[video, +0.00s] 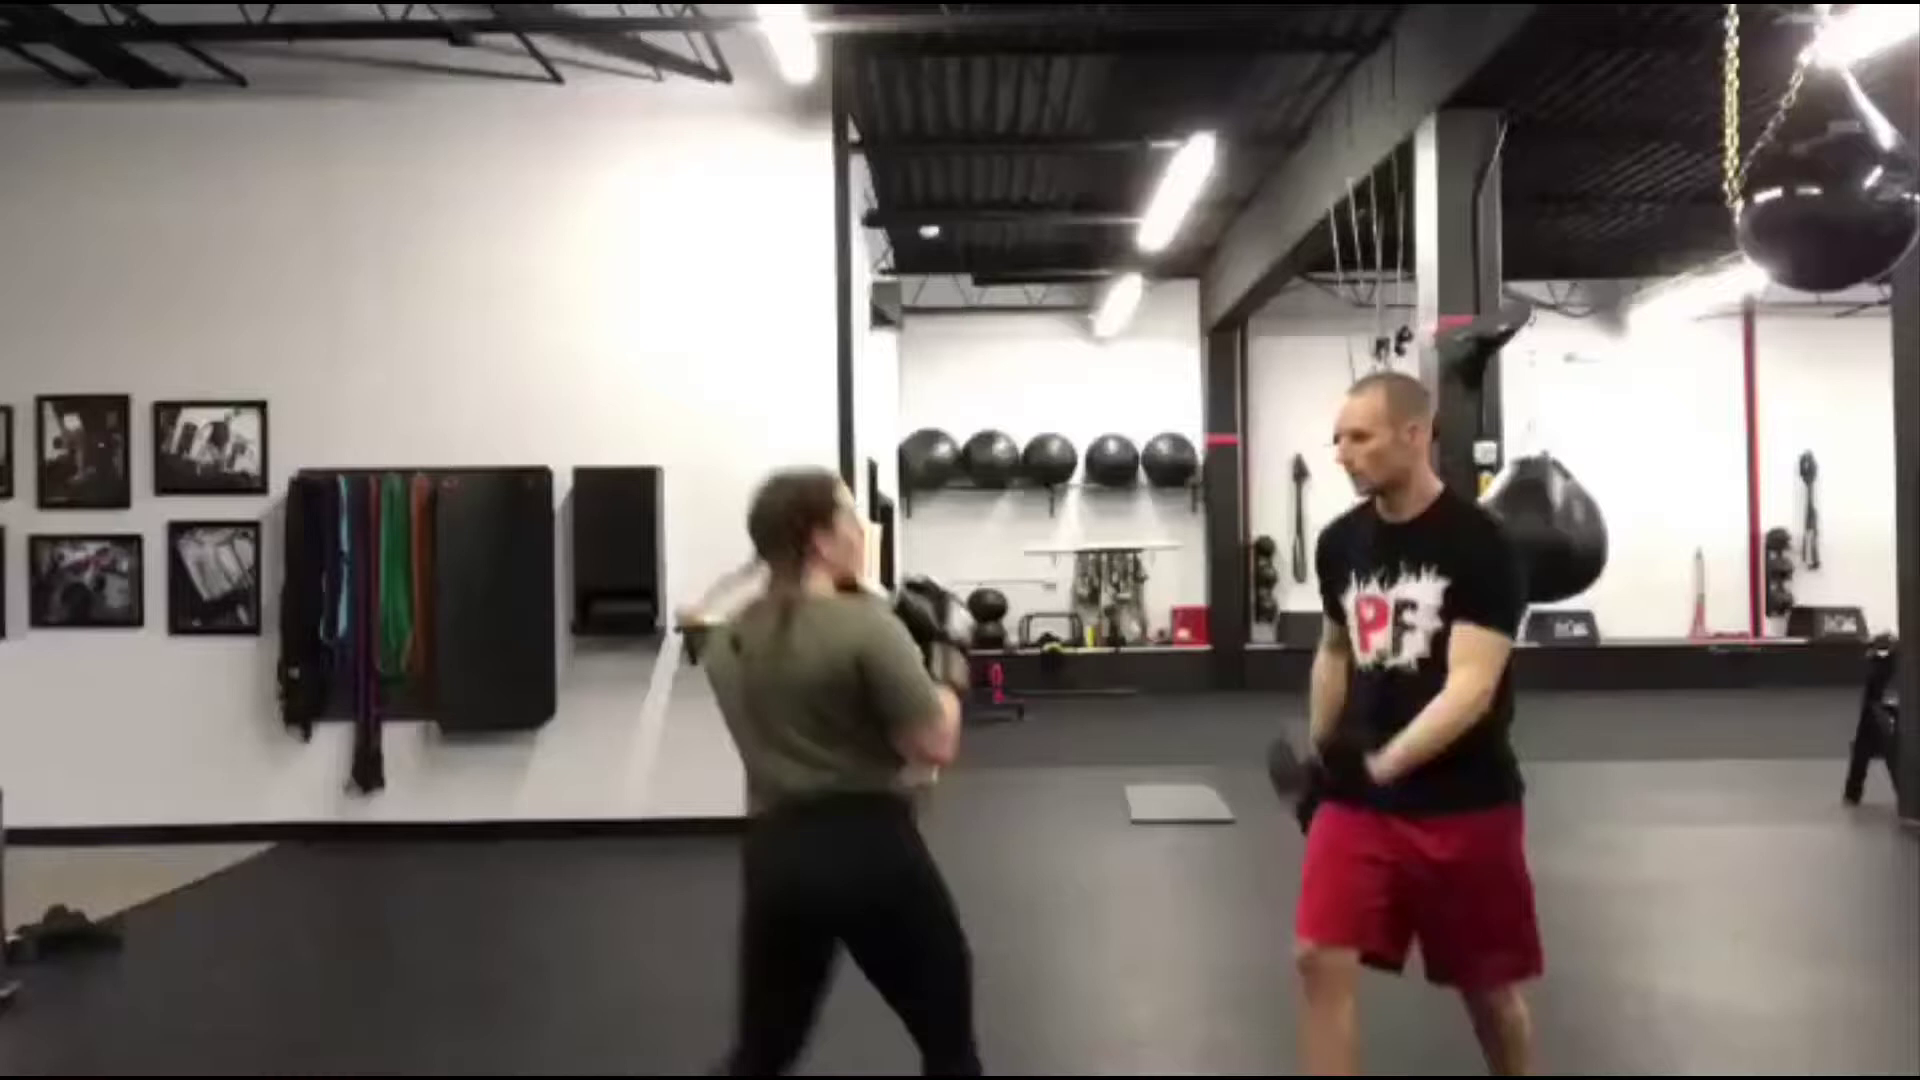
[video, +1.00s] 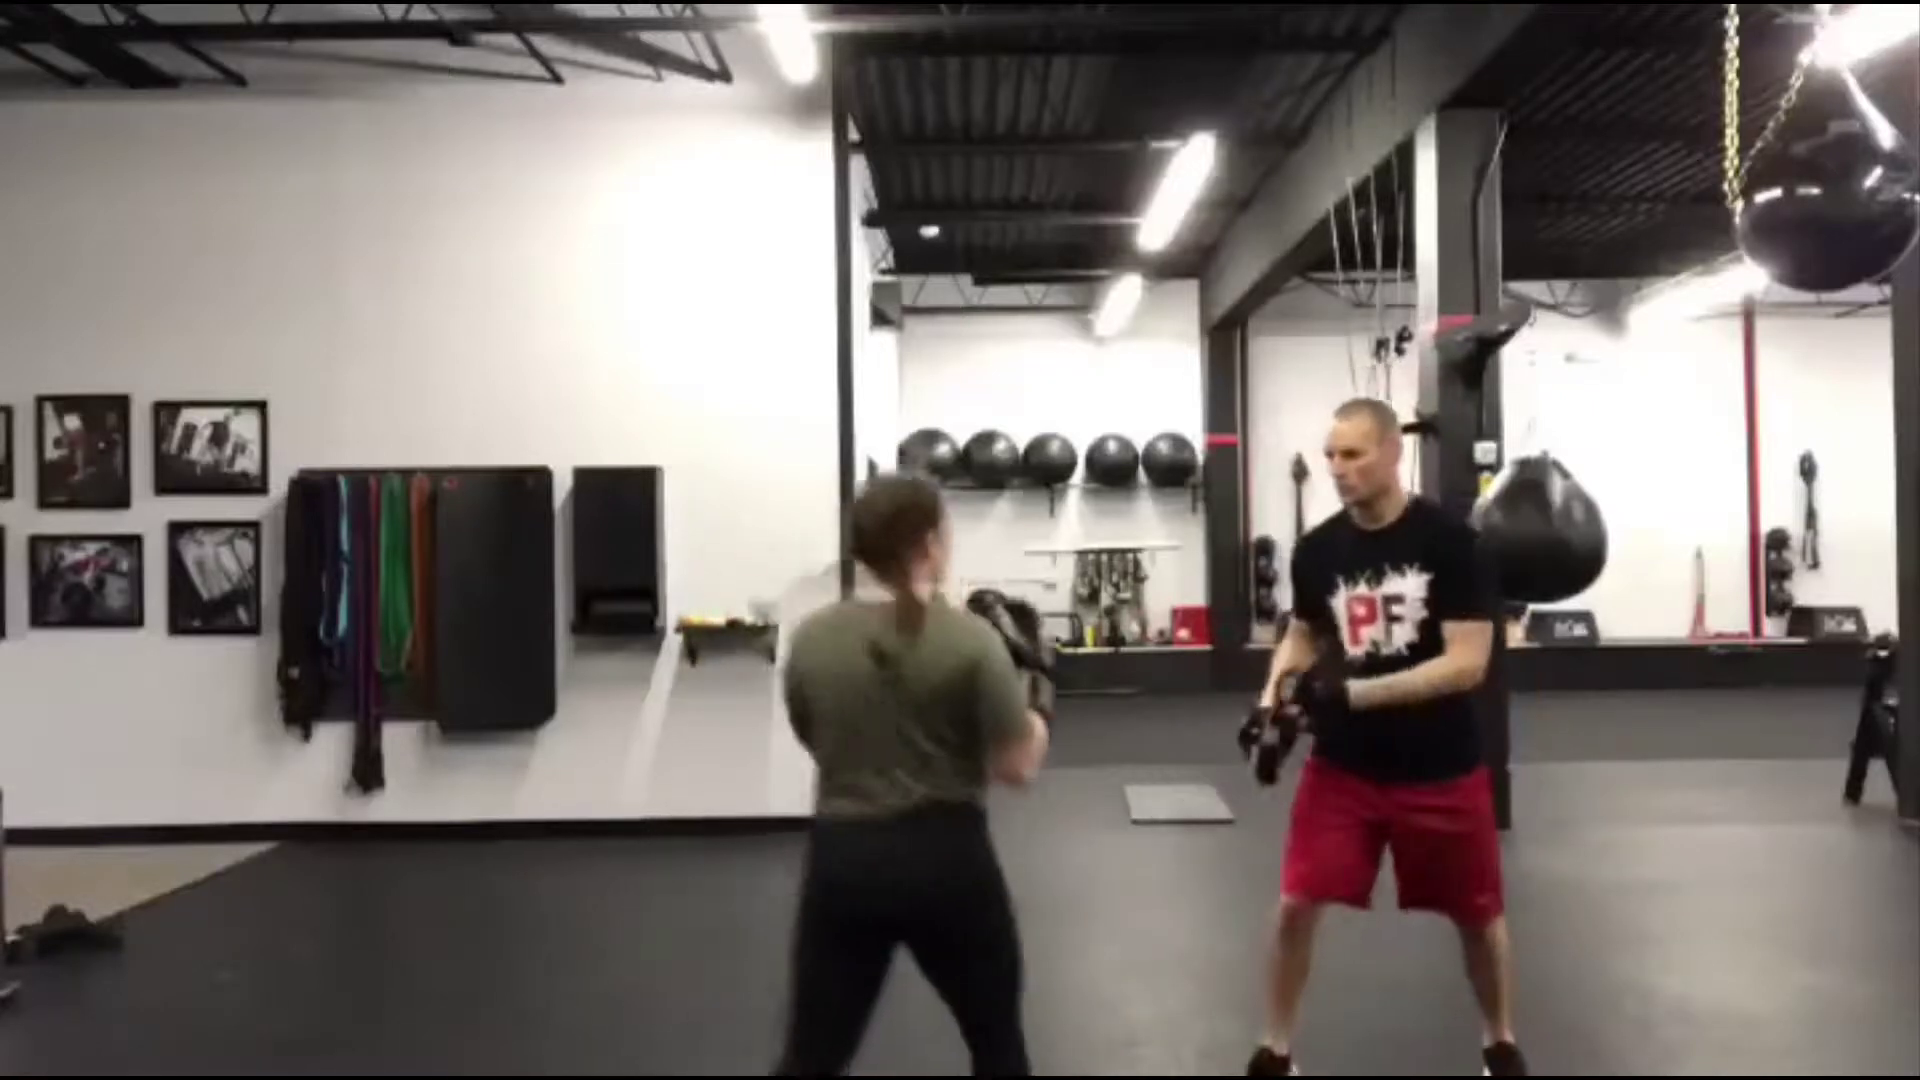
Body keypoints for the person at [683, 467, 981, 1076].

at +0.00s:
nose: (863, 529)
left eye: (855, 515)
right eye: (850, 517)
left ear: (769, 546)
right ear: (817, 540)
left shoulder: (730, 639)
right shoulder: (864, 622)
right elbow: (936, 743)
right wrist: (948, 660)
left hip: (777, 848)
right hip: (871, 845)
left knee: (763, 1047)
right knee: (947, 1039)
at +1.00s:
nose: (949, 545)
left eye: (944, 532)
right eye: (944, 532)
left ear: (863, 548)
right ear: (929, 544)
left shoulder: (815, 636)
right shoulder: (972, 641)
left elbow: (811, 734)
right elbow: (1018, 763)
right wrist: (1037, 719)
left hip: (843, 865)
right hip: (949, 863)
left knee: (813, 1053)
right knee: (997, 1045)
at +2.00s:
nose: (1050, 565)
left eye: (1045, 552)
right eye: (1045, 553)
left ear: (957, 568)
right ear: (1033, 567)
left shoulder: (916, 672)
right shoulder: (1085, 660)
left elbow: (933, 777)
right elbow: (1140, 776)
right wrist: (1125, 701)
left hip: (975, 894)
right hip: (1085, 883)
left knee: (953, 1065)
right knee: (1126, 1059)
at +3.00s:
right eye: (1072, 541)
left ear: (998, 559)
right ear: (1075, 553)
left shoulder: (974, 659)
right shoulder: (1130, 627)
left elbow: (966, 771)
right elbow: (1219, 643)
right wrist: (1196, 605)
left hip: (1032, 878)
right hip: (1137, 862)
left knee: (980, 1059)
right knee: (1147, 1027)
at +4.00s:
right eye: (1135, 503)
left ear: (1056, 517)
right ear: (1134, 515)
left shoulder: (1013, 617)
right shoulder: (1178, 614)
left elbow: (1001, 725)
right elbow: (1219, 728)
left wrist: (1071, 733)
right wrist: (1147, 721)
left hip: (1053, 853)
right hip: (1161, 849)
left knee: (999, 1043)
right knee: (1182, 1025)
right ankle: (1217, 1070)